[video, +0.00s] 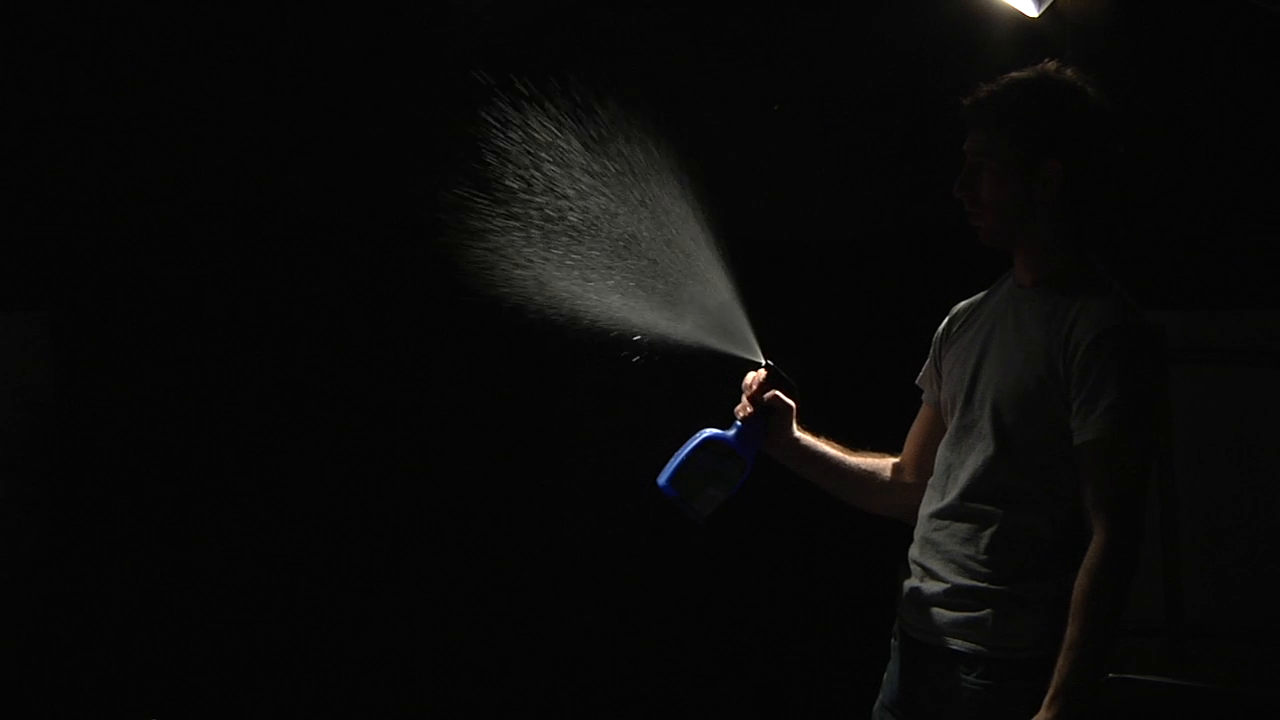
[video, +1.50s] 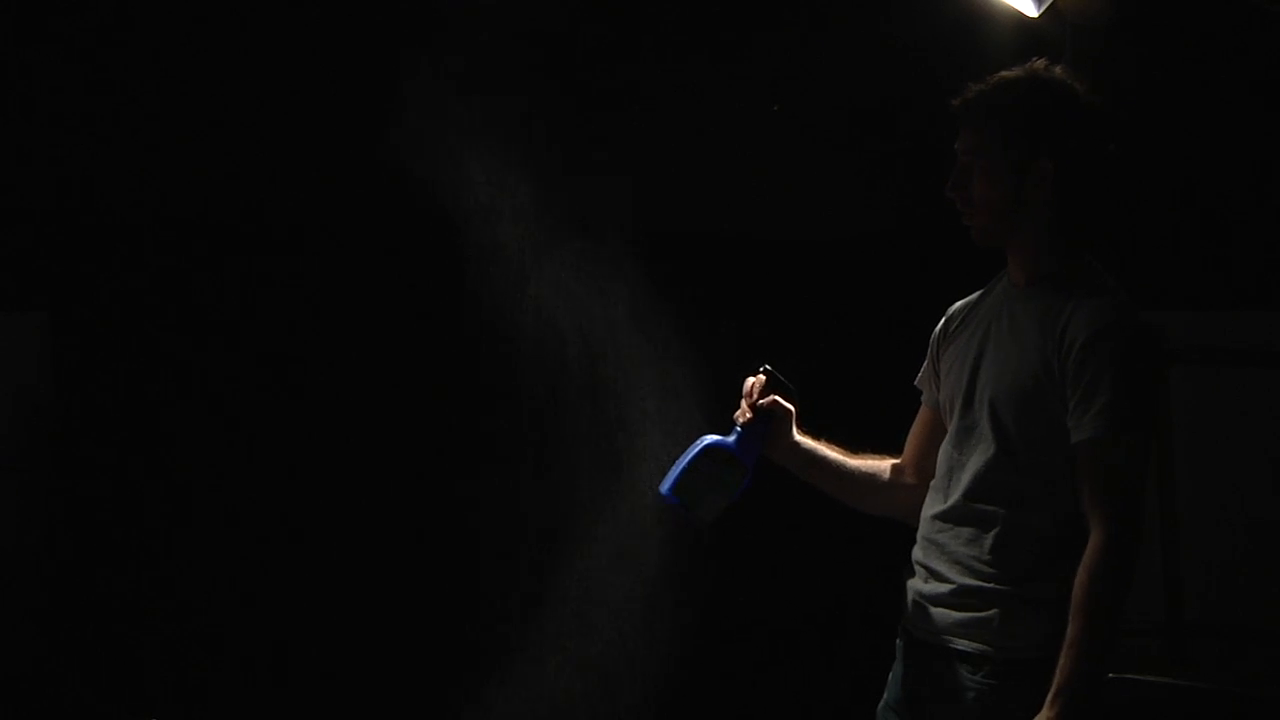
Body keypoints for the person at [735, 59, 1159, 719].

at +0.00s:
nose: (964, 184)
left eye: (985, 164)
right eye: (968, 163)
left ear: (1045, 177)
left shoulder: (1102, 328)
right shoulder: (965, 323)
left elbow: (1114, 533)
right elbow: (910, 485)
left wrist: (1060, 700)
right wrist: (791, 439)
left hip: (1010, 661)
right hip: (919, 642)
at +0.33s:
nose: (972, 183)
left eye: (994, 164)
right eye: (977, 163)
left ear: (1053, 178)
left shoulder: (1108, 327)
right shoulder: (970, 321)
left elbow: (1120, 532)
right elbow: (913, 482)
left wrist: (1069, 700)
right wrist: (794, 438)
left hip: (1015, 657)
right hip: (921, 638)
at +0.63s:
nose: (974, 184)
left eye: (995, 164)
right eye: (977, 163)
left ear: (1054, 177)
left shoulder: (1107, 326)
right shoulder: (969, 321)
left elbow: (1118, 531)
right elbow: (911, 482)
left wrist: (1066, 699)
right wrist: (792, 435)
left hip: (1015, 655)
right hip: (921, 638)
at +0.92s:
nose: (967, 182)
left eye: (989, 162)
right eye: (971, 160)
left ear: (1047, 176)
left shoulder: (1100, 327)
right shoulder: (964, 322)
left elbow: (1114, 532)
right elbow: (908, 483)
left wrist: (1062, 699)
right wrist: (788, 435)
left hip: (1008, 656)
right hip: (916, 637)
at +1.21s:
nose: (962, 182)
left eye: (983, 163)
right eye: (965, 161)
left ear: (1042, 175)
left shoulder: (1097, 326)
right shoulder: (961, 322)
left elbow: (1111, 532)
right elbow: (908, 485)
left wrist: (1060, 700)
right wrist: (789, 440)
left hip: (1006, 658)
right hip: (917, 639)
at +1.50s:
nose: (955, 185)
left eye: (976, 164)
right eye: (959, 163)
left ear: (1037, 174)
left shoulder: (1096, 324)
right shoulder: (962, 322)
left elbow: (1112, 529)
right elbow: (912, 486)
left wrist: (1062, 698)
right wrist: (791, 443)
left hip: (1013, 663)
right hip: (923, 646)